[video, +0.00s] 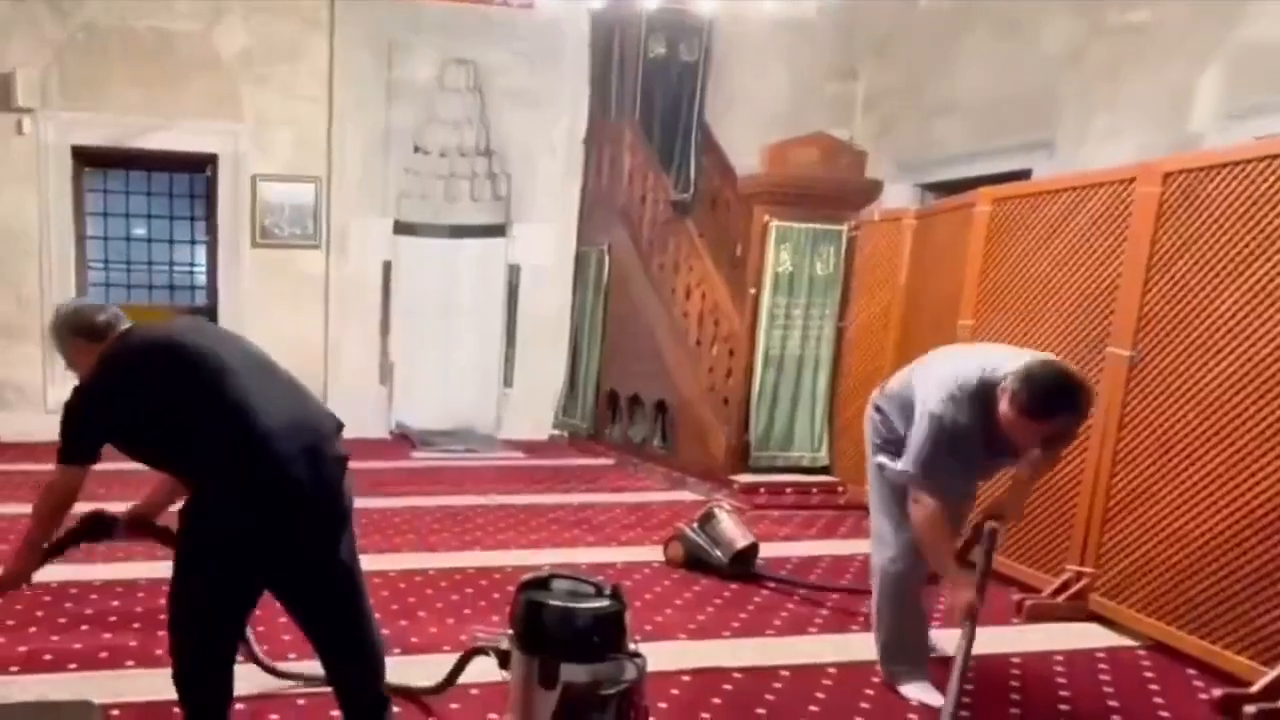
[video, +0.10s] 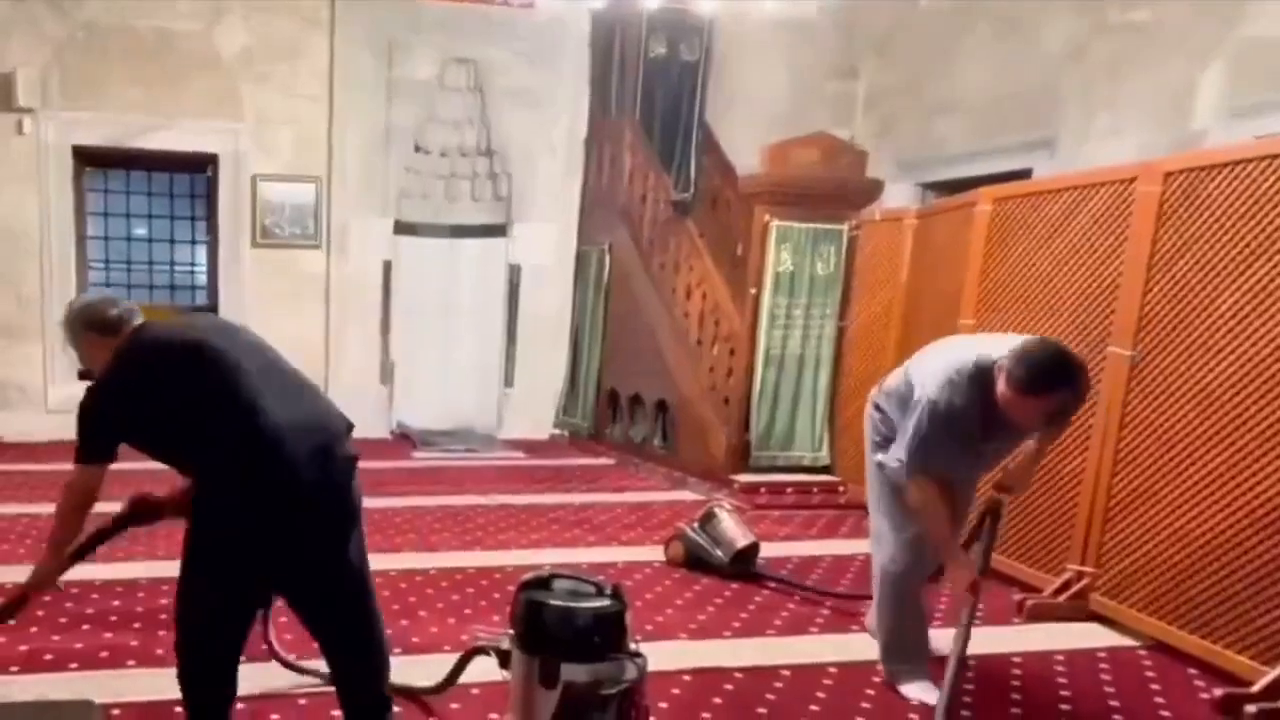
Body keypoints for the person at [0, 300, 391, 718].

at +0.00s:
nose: (75, 371)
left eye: (72, 361)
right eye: (70, 362)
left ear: (81, 349)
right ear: (123, 326)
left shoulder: (97, 388)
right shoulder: (191, 337)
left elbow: (63, 492)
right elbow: (194, 458)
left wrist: (21, 563)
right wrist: (138, 516)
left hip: (237, 495)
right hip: (317, 468)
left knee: (201, 641)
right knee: (345, 628)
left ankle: (206, 714)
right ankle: (371, 709)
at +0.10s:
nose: (87, 371)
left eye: (85, 358)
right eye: (82, 361)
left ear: (95, 343)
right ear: (131, 321)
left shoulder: (112, 386)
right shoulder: (203, 332)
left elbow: (81, 494)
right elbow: (244, 450)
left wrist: (49, 565)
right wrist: (168, 503)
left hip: (246, 489)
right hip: (327, 465)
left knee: (207, 638)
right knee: (351, 627)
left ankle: (208, 715)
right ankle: (372, 710)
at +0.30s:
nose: (129, 355)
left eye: (124, 342)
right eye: (122, 346)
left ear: (137, 327)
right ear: (173, 305)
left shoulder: (151, 376)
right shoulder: (247, 309)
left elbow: (153, 485)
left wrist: (146, 554)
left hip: (275, 488)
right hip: (357, 466)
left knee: (227, 642)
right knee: (369, 637)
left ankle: (217, 715)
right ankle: (378, 708)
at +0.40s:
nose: (160, 340)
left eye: (156, 328)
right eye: (155, 330)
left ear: (167, 317)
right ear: (197, 297)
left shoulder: (178, 367)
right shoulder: (278, 299)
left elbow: (189, 474)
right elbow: (365, 337)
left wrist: (195, 542)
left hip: (299, 483)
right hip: (378, 467)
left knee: (242, 640)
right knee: (381, 639)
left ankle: (218, 712)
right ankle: (386, 713)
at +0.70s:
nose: (201, 325)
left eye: (200, 311)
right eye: (197, 313)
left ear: (218, 299)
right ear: (252, 283)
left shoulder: (232, 351)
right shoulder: (326, 282)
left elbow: (273, 461)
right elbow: (417, 278)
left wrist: (302, 518)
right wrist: (420, 369)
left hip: (341, 467)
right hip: (419, 448)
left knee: (290, 617)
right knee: (399, 616)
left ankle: (245, 709)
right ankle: (388, 713)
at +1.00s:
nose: (196, 317)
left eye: (195, 304)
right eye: (192, 306)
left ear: (212, 291)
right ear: (244, 278)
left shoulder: (225, 346)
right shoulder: (319, 286)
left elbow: (260, 458)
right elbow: (410, 277)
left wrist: (296, 494)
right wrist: (427, 366)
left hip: (333, 477)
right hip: (408, 461)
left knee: (276, 637)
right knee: (391, 628)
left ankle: (247, 715)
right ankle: (386, 714)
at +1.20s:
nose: (145, 327)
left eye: (143, 313)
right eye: (140, 315)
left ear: (161, 300)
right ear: (195, 286)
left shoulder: (180, 351)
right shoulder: (270, 302)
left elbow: (191, 471)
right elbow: (359, 354)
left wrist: (188, 536)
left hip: (297, 480)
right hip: (374, 462)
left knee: (250, 645)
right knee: (373, 629)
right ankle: (383, 711)